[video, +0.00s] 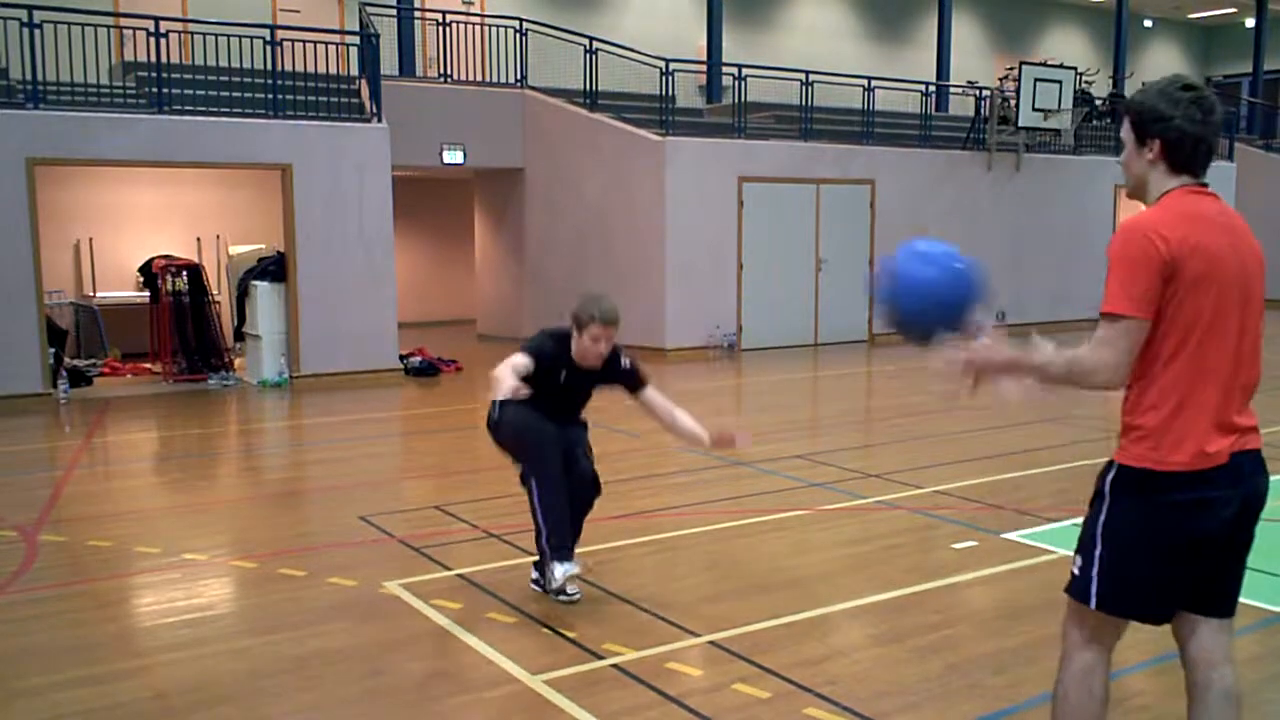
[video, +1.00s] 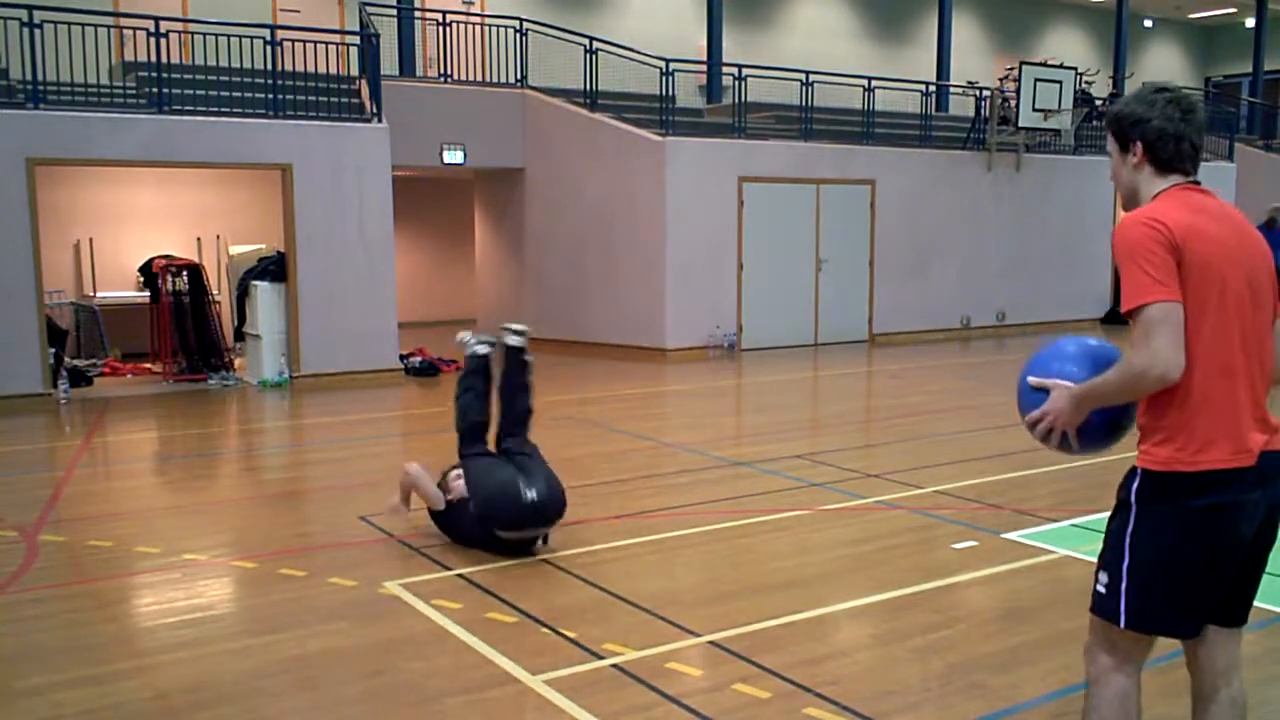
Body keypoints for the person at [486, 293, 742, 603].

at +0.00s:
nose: (602, 349)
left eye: (608, 341)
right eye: (594, 340)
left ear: (615, 338)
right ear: (576, 333)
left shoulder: (615, 362)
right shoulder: (549, 346)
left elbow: (665, 409)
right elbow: (504, 371)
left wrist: (707, 439)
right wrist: (508, 386)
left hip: (566, 426)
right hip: (521, 417)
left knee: (584, 485)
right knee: (545, 457)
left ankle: (547, 568)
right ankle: (557, 560)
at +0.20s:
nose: (590, 396)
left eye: (596, 389)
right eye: (584, 387)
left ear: (602, 385)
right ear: (565, 379)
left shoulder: (604, 411)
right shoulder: (544, 396)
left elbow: (653, 451)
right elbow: (519, 400)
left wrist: (702, 477)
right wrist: (527, 379)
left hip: (558, 477)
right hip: (510, 476)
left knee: (589, 478)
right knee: (541, 480)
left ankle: (548, 568)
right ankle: (565, 594)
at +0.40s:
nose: (563, 408)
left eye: (567, 400)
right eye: (555, 400)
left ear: (572, 403)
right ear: (537, 402)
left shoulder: (572, 435)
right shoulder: (513, 428)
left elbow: (627, 454)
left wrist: (640, 426)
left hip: (554, 531)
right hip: (510, 537)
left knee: (590, 471)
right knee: (538, 508)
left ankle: (551, 573)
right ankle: (580, 585)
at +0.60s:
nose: (508, 430)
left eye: (509, 424)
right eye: (501, 425)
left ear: (512, 425)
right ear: (482, 431)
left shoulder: (528, 458)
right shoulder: (470, 473)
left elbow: (596, 460)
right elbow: (478, 492)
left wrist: (591, 407)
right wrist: (494, 435)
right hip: (518, 553)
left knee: (592, 462)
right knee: (520, 469)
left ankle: (572, 559)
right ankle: (579, 517)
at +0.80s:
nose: (481, 469)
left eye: (482, 466)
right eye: (472, 468)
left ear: (493, 468)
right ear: (459, 485)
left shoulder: (516, 492)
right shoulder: (462, 513)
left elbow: (535, 451)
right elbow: (436, 480)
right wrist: (423, 446)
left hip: (551, 536)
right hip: (502, 537)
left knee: (553, 445)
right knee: (492, 441)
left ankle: (589, 434)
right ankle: (536, 383)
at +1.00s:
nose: (464, 475)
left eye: (465, 472)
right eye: (456, 476)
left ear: (477, 474)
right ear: (447, 493)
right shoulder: (450, 515)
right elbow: (411, 469)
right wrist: (403, 500)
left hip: (550, 504)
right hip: (501, 510)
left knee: (514, 437)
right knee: (473, 444)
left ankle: (516, 352)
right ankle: (477, 356)